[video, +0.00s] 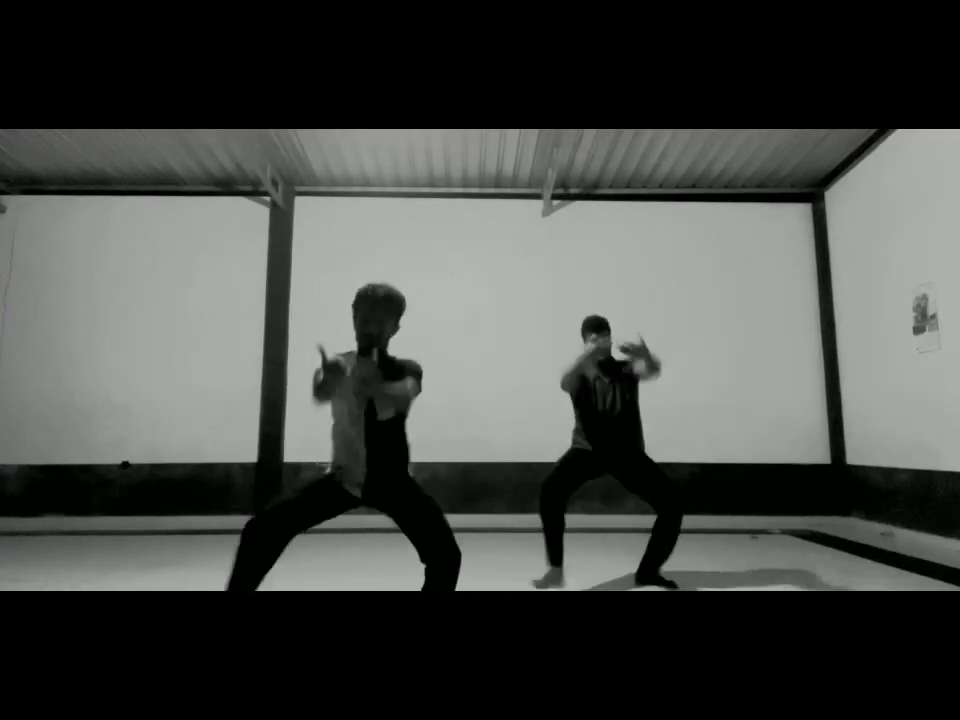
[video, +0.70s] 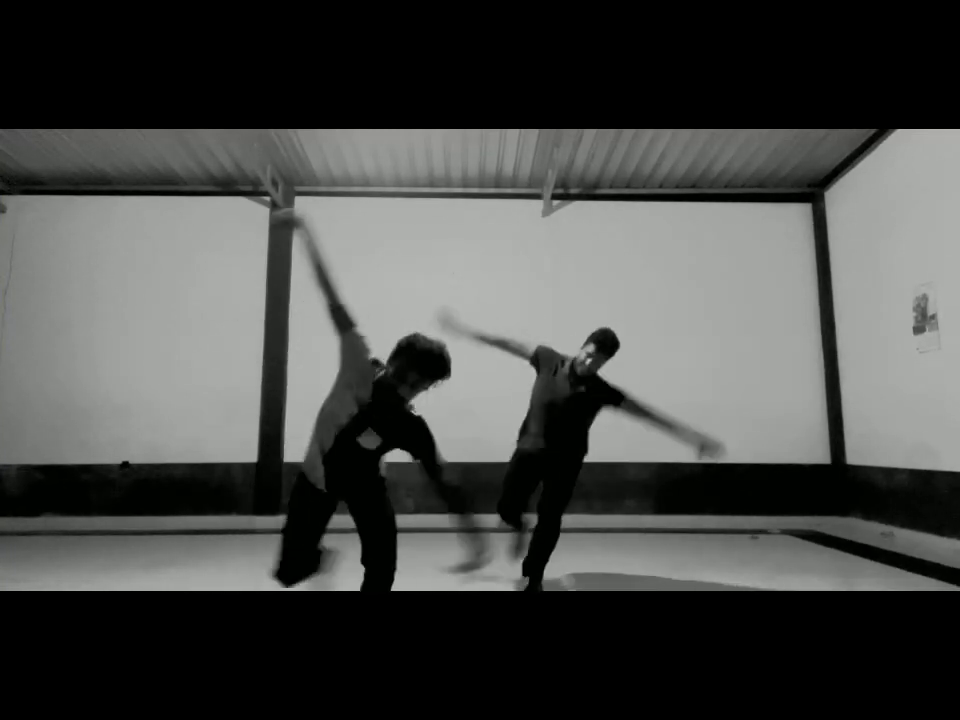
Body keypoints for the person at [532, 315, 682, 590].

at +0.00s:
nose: (601, 341)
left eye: (604, 335)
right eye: (595, 336)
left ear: (611, 337)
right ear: (585, 341)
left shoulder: (626, 369)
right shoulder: (579, 373)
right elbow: (567, 383)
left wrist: (645, 356)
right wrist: (587, 354)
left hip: (627, 454)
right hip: (587, 453)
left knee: (671, 505)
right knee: (551, 493)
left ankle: (648, 573)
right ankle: (555, 570)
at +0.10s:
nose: (602, 357)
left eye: (606, 350)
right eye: (596, 351)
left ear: (614, 351)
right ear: (588, 354)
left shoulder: (629, 384)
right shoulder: (578, 385)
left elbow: (641, 405)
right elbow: (580, 404)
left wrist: (637, 403)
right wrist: (592, 405)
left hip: (625, 466)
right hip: (585, 467)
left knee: (673, 507)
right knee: (554, 499)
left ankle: (650, 576)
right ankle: (547, 575)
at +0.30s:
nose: (595, 358)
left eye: (601, 352)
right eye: (591, 351)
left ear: (608, 353)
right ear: (582, 349)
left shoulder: (616, 391)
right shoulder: (562, 386)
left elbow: (644, 430)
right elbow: (549, 428)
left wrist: (634, 435)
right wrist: (592, 437)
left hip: (599, 465)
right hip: (561, 465)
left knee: (651, 505)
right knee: (530, 511)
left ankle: (649, 574)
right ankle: (547, 582)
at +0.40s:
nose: (593, 347)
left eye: (600, 342)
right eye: (589, 339)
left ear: (607, 343)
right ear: (580, 335)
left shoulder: (609, 375)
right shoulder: (555, 367)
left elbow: (652, 397)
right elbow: (518, 386)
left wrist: (631, 406)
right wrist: (548, 397)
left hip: (586, 449)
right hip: (549, 450)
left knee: (633, 503)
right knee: (536, 517)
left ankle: (628, 575)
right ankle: (543, 588)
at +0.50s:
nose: (591, 345)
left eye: (599, 341)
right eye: (589, 337)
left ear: (605, 341)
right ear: (581, 329)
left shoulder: (608, 362)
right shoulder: (553, 351)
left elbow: (653, 356)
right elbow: (508, 342)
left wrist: (650, 389)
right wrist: (527, 378)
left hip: (579, 441)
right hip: (543, 438)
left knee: (604, 497)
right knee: (533, 504)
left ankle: (572, 562)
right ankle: (528, 576)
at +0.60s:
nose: (591, 352)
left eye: (597, 349)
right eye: (589, 344)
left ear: (605, 350)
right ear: (581, 336)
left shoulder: (606, 369)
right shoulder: (550, 355)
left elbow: (652, 369)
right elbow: (506, 342)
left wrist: (688, 403)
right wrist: (480, 368)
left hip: (572, 450)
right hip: (537, 443)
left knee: (561, 518)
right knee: (519, 508)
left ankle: (540, 579)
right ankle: (502, 566)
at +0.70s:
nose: (589, 362)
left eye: (597, 359)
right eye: (588, 353)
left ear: (603, 363)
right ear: (580, 347)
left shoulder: (601, 392)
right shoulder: (546, 360)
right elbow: (504, 345)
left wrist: (695, 440)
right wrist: (464, 332)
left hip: (564, 461)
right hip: (529, 450)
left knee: (549, 518)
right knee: (508, 506)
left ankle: (533, 577)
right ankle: (518, 528)